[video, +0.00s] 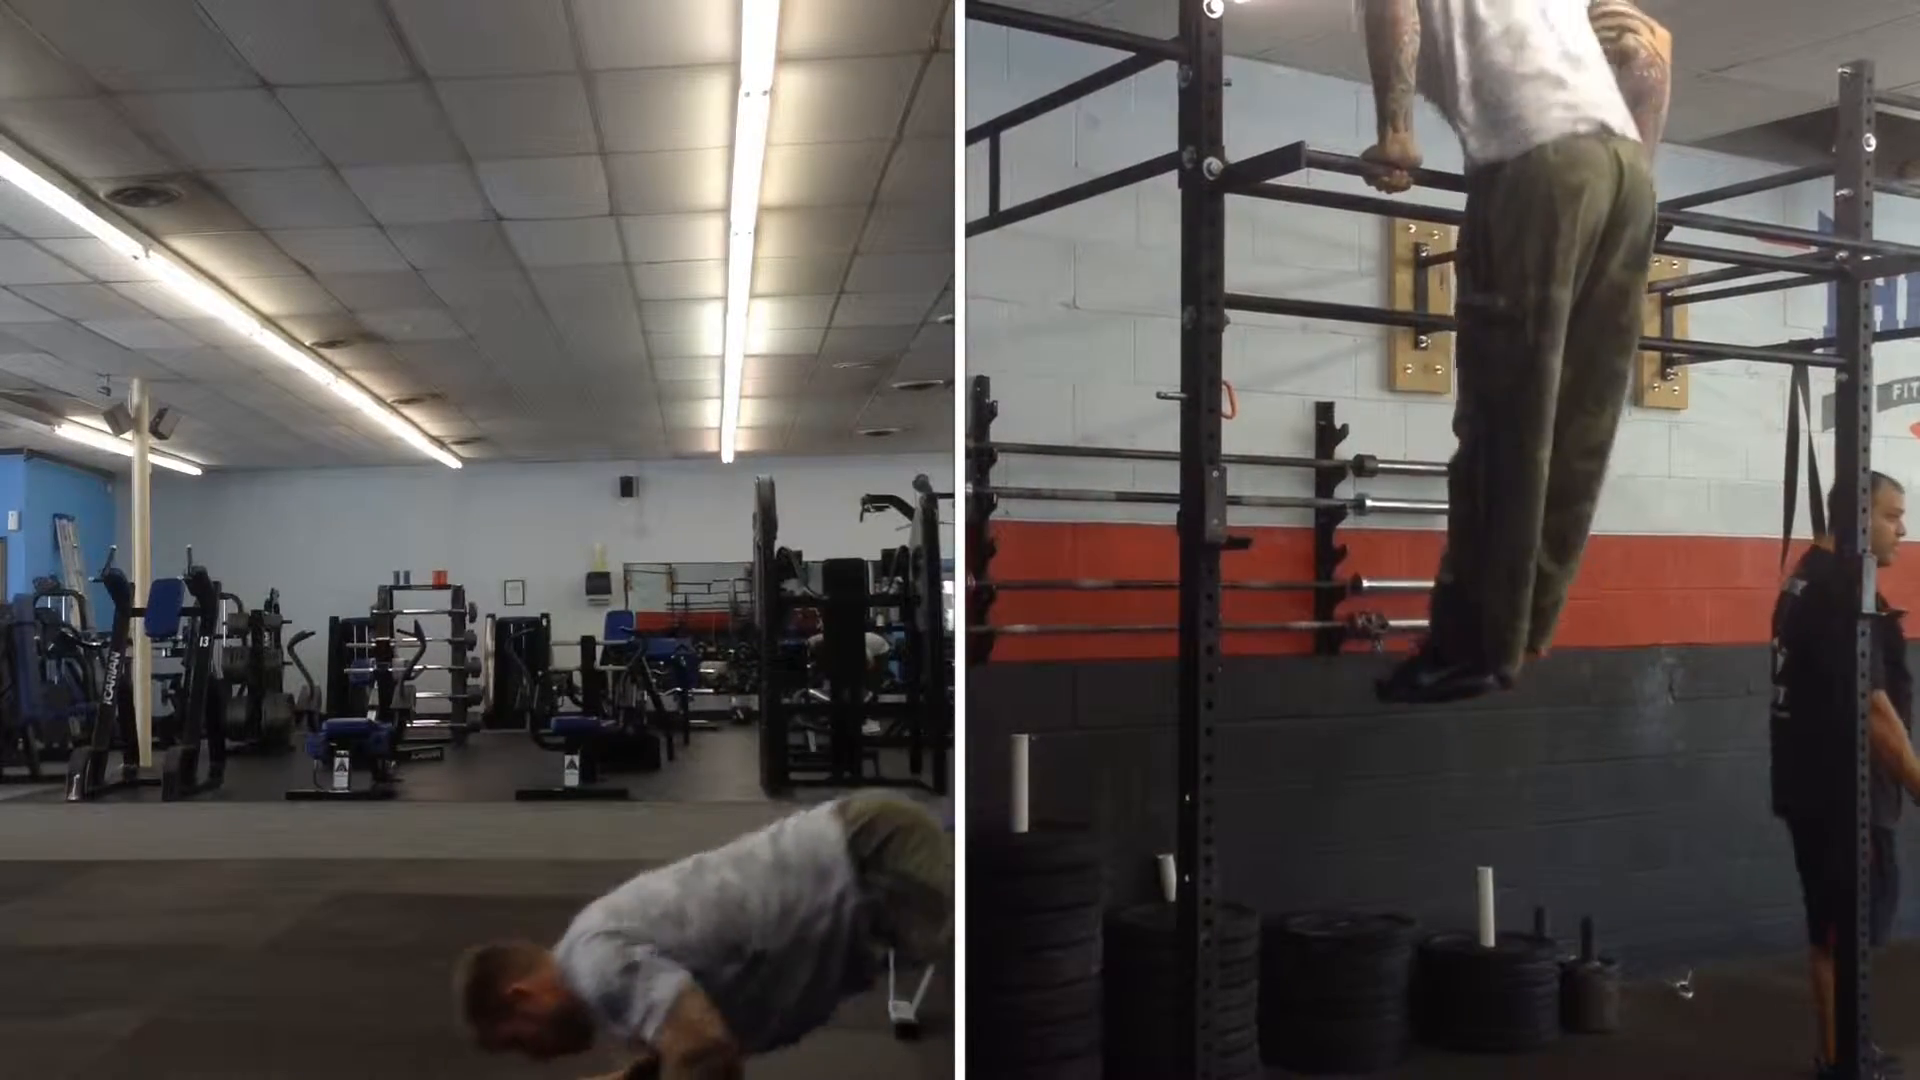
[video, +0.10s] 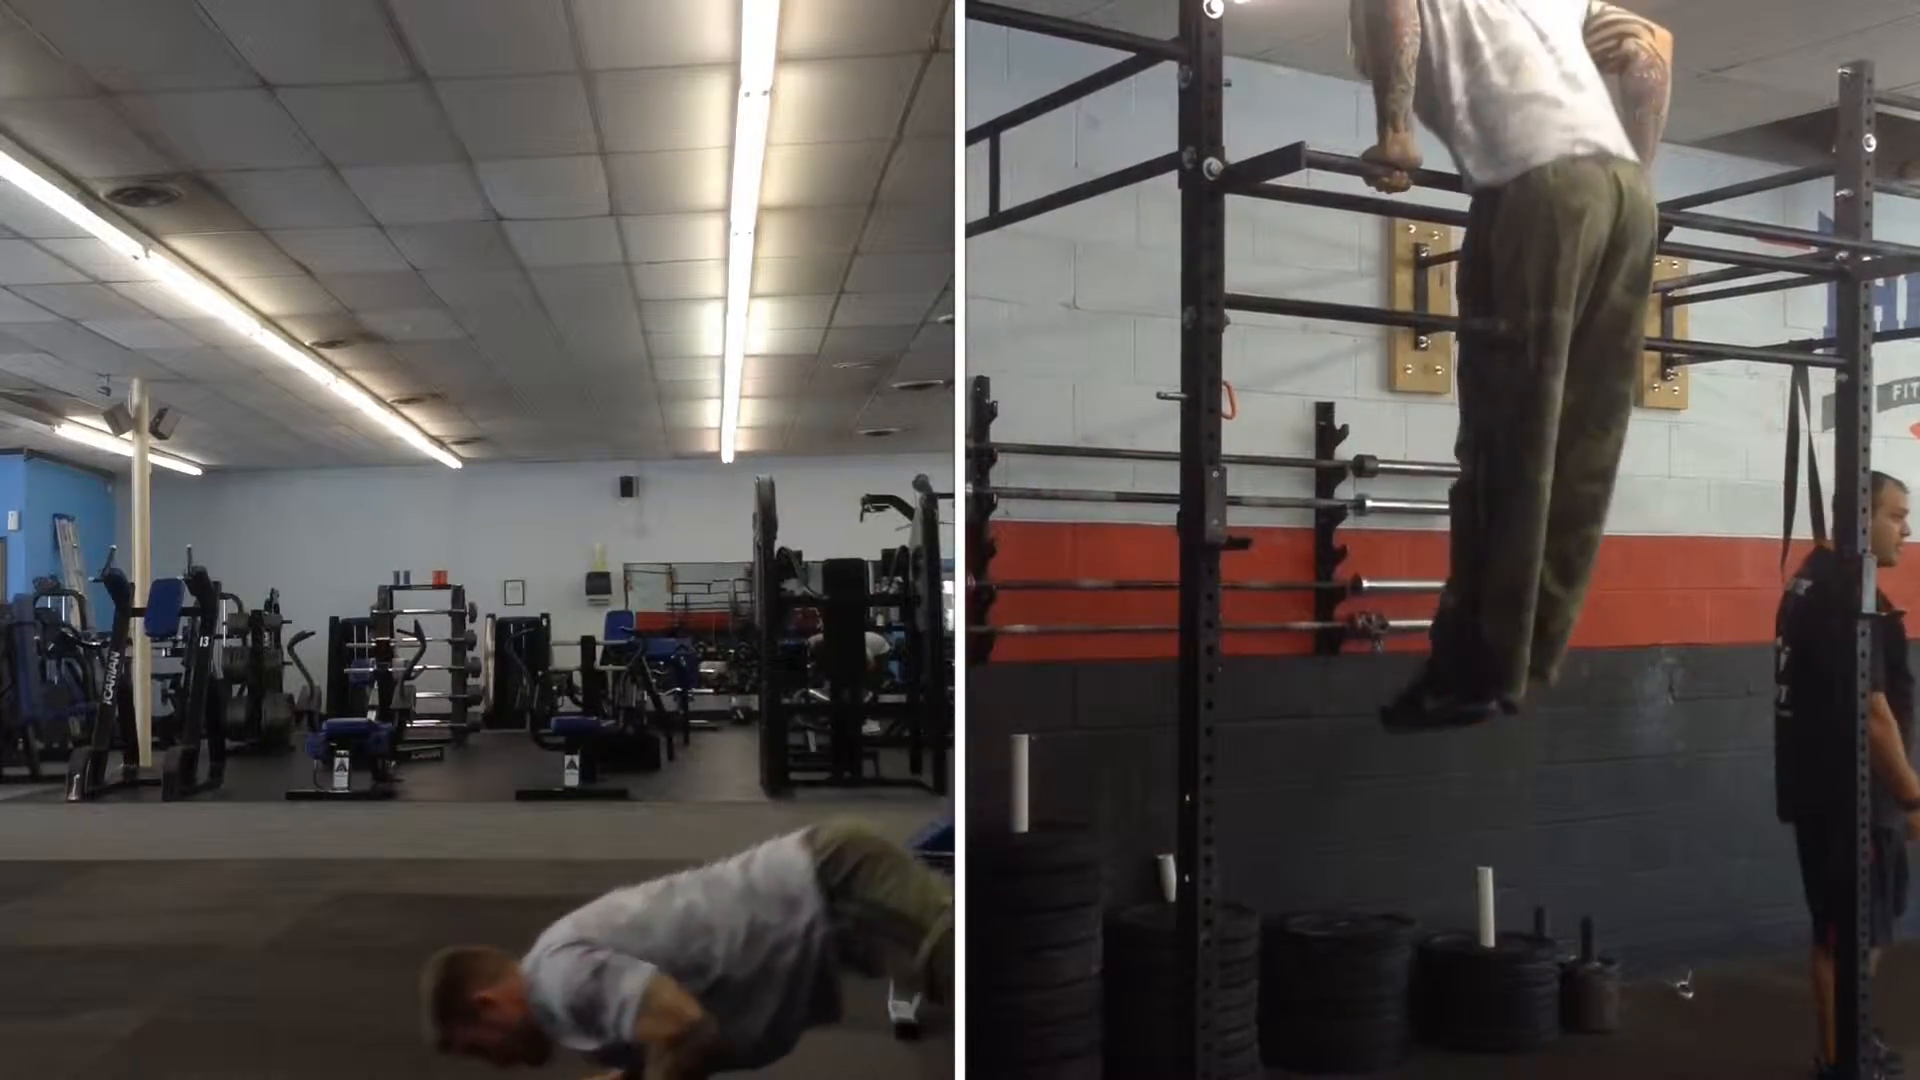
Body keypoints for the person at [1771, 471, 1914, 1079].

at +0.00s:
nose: (1902, 529)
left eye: (1902, 517)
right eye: (1893, 517)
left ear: (1850, 520)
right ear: (1856, 518)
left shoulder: (1811, 577)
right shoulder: (1848, 587)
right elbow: (1869, 703)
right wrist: (1914, 777)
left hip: (1808, 781)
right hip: (1842, 789)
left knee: (1830, 929)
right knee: (1848, 931)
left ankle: (1839, 1052)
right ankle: (1845, 1056)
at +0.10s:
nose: (1906, 529)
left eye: (1906, 517)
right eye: (1897, 516)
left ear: (1859, 522)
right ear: (1861, 518)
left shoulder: (1814, 580)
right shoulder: (1853, 589)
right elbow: (1868, 705)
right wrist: (1911, 794)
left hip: (1815, 785)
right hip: (1849, 791)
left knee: (1834, 929)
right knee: (1853, 932)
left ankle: (1840, 1050)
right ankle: (1844, 1054)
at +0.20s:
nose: (1908, 528)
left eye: (1907, 516)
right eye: (1899, 516)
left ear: (1862, 522)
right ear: (1862, 518)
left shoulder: (1817, 579)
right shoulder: (1857, 589)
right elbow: (1869, 704)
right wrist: (1906, 800)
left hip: (1816, 787)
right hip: (1850, 794)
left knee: (1836, 929)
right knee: (1859, 931)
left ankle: (1842, 1048)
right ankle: (1848, 1053)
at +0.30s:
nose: (1909, 528)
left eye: (1908, 516)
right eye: (1900, 516)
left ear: (1864, 521)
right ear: (1863, 518)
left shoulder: (1821, 581)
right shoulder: (1860, 591)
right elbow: (1871, 706)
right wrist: (1907, 799)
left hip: (1823, 787)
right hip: (1854, 795)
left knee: (1841, 931)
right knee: (1857, 934)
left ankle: (1849, 1047)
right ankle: (1850, 1054)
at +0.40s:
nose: (1909, 527)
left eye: (1908, 514)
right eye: (1900, 514)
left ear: (1863, 520)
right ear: (1863, 517)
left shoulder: (1822, 582)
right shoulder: (1863, 590)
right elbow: (1874, 702)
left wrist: (1895, 778)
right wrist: (1911, 786)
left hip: (1828, 783)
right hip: (1862, 791)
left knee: (1850, 925)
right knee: (1862, 929)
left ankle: (1852, 1044)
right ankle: (1851, 1051)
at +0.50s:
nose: (1910, 524)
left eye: (1908, 511)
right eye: (1900, 511)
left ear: (1865, 519)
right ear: (1865, 517)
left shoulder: (1829, 579)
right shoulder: (1861, 589)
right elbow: (1882, 702)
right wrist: (1914, 775)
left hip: (1842, 781)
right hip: (1864, 790)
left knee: (1862, 922)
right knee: (1865, 925)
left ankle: (1854, 1041)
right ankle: (1852, 1048)